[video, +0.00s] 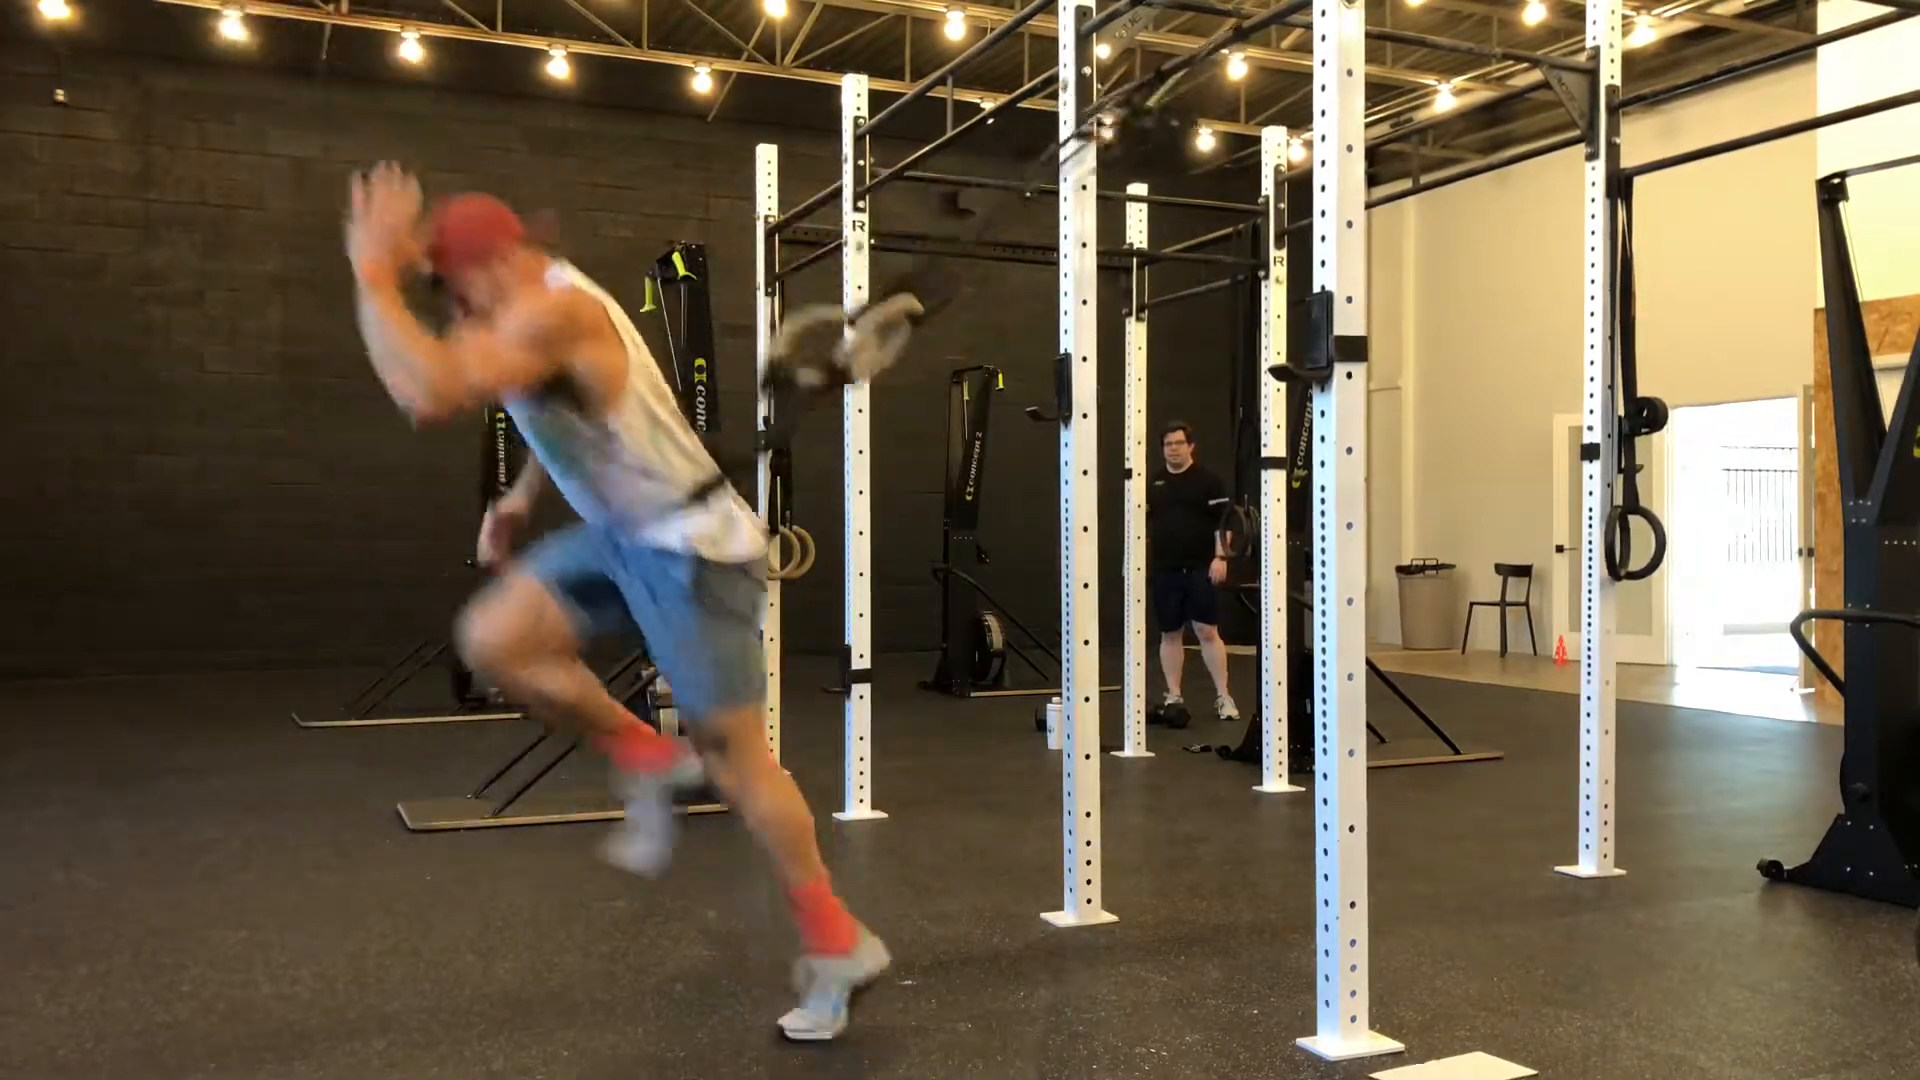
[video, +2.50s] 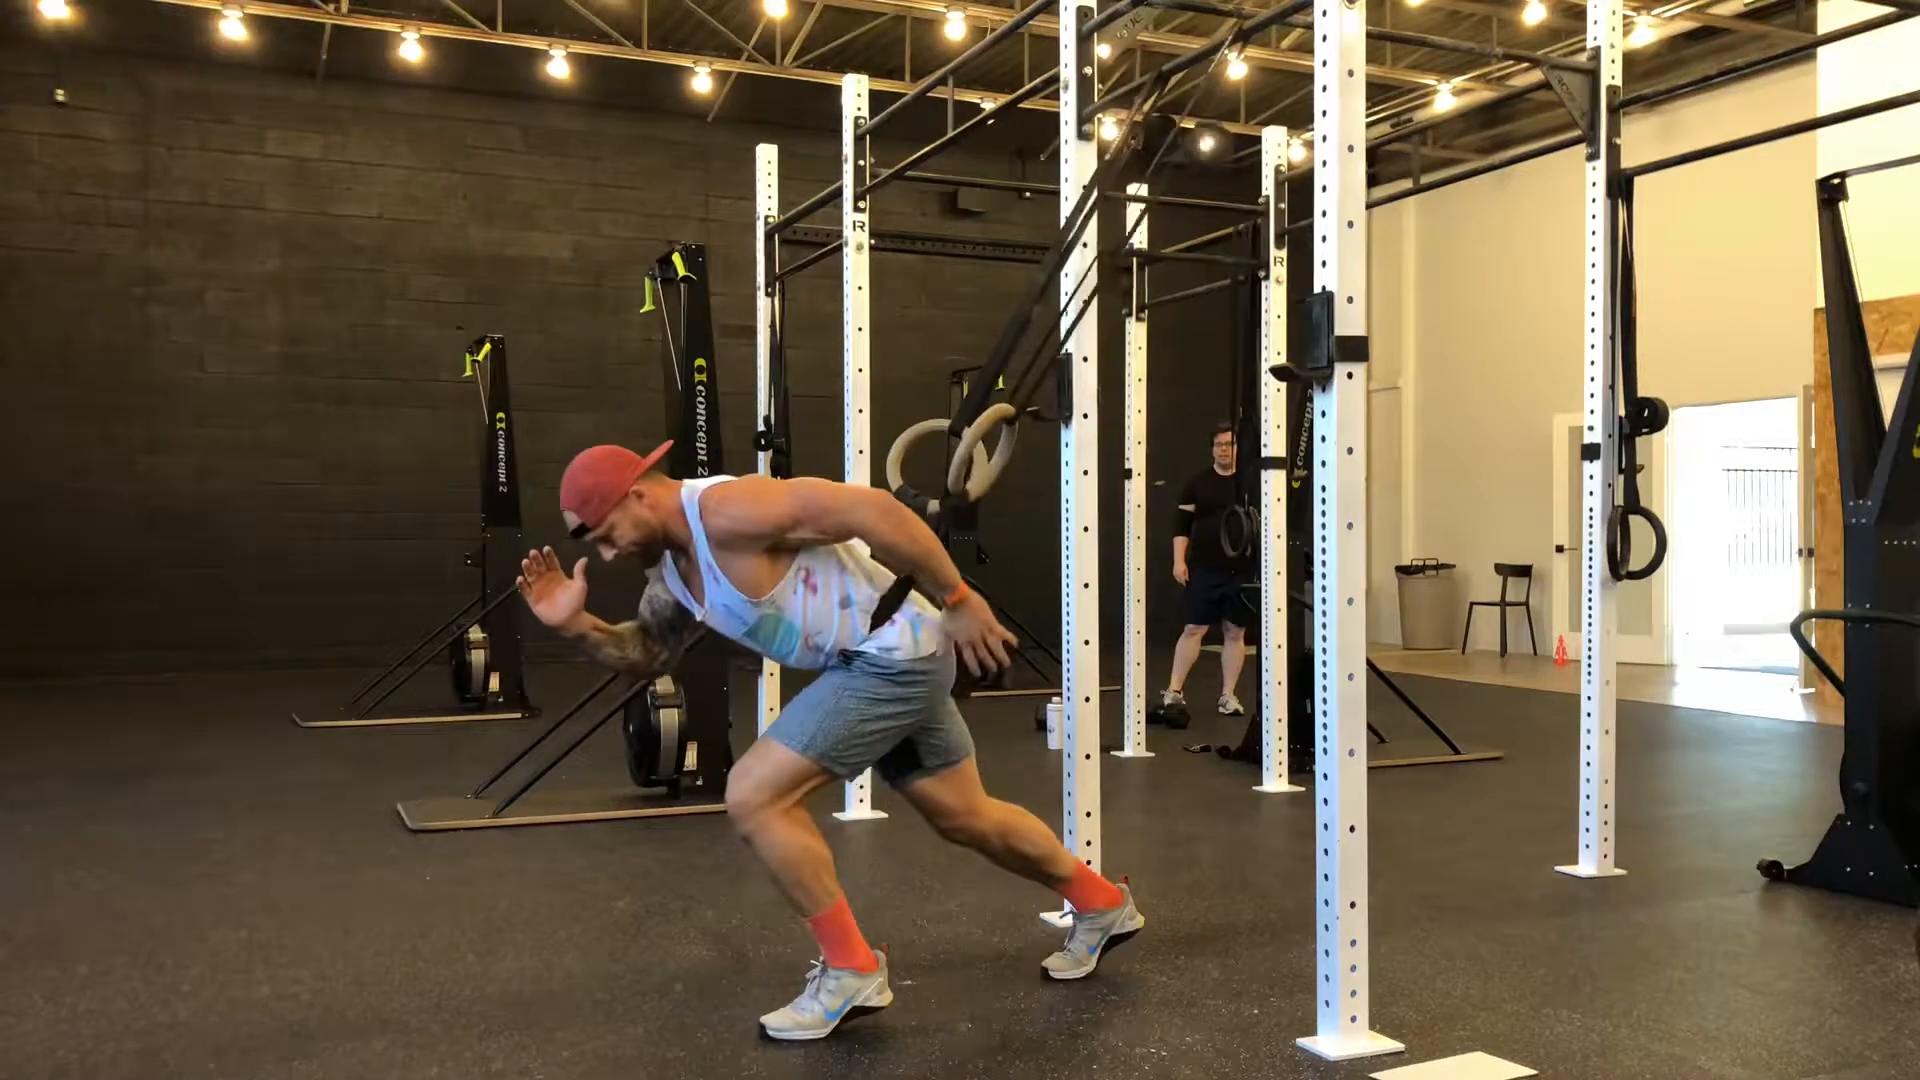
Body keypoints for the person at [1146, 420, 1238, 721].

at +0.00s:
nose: (1173, 449)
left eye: (1179, 443)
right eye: (1168, 444)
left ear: (1191, 447)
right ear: (1162, 449)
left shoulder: (1208, 482)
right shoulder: (1152, 485)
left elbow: (1224, 524)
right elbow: (1140, 525)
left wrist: (1221, 557)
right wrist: (1138, 563)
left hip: (1200, 569)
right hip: (1164, 569)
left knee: (1207, 632)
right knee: (1170, 634)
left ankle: (1223, 697)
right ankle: (1173, 696)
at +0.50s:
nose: (1169, 451)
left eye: (1174, 445)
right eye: (1164, 446)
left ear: (1186, 449)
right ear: (1158, 450)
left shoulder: (1203, 483)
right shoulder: (1147, 486)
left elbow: (1217, 525)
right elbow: (1134, 527)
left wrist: (1217, 559)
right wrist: (1130, 560)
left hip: (1196, 569)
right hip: (1160, 570)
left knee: (1204, 631)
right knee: (1168, 633)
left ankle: (1222, 697)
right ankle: (1173, 696)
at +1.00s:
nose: (1174, 451)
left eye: (1179, 445)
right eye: (1168, 446)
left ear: (1191, 448)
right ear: (1162, 450)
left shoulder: (1205, 482)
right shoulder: (1149, 484)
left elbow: (1219, 524)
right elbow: (1133, 524)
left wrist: (1219, 558)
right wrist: (1127, 556)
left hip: (1198, 569)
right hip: (1161, 569)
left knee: (1209, 631)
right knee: (1168, 634)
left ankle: (1226, 693)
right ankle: (1172, 695)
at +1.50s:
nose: (1194, 448)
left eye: (1200, 442)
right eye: (1190, 443)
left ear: (1212, 447)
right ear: (1184, 448)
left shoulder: (1227, 483)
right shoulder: (1172, 483)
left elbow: (1242, 524)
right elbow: (1156, 525)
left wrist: (1243, 557)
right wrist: (1154, 558)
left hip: (1219, 569)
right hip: (1180, 569)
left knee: (1220, 633)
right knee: (1180, 634)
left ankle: (1226, 694)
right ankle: (1174, 694)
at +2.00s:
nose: (1217, 449)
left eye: (1223, 443)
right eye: (1213, 444)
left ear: (1233, 447)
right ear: (1205, 449)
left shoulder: (1246, 480)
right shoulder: (1192, 482)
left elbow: (1261, 521)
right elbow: (1175, 523)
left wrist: (1259, 561)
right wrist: (1172, 559)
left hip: (1235, 569)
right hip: (1197, 568)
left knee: (1231, 632)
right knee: (1190, 631)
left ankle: (1228, 696)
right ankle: (1174, 692)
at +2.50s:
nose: (1223, 449)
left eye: (1228, 444)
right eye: (1219, 445)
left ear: (1238, 448)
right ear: (1211, 449)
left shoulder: (1249, 483)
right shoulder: (1198, 483)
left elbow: (1265, 522)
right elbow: (1182, 524)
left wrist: (1264, 563)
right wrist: (1179, 561)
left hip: (1240, 570)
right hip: (1203, 568)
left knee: (1235, 632)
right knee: (1194, 629)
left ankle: (1228, 695)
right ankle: (1174, 691)